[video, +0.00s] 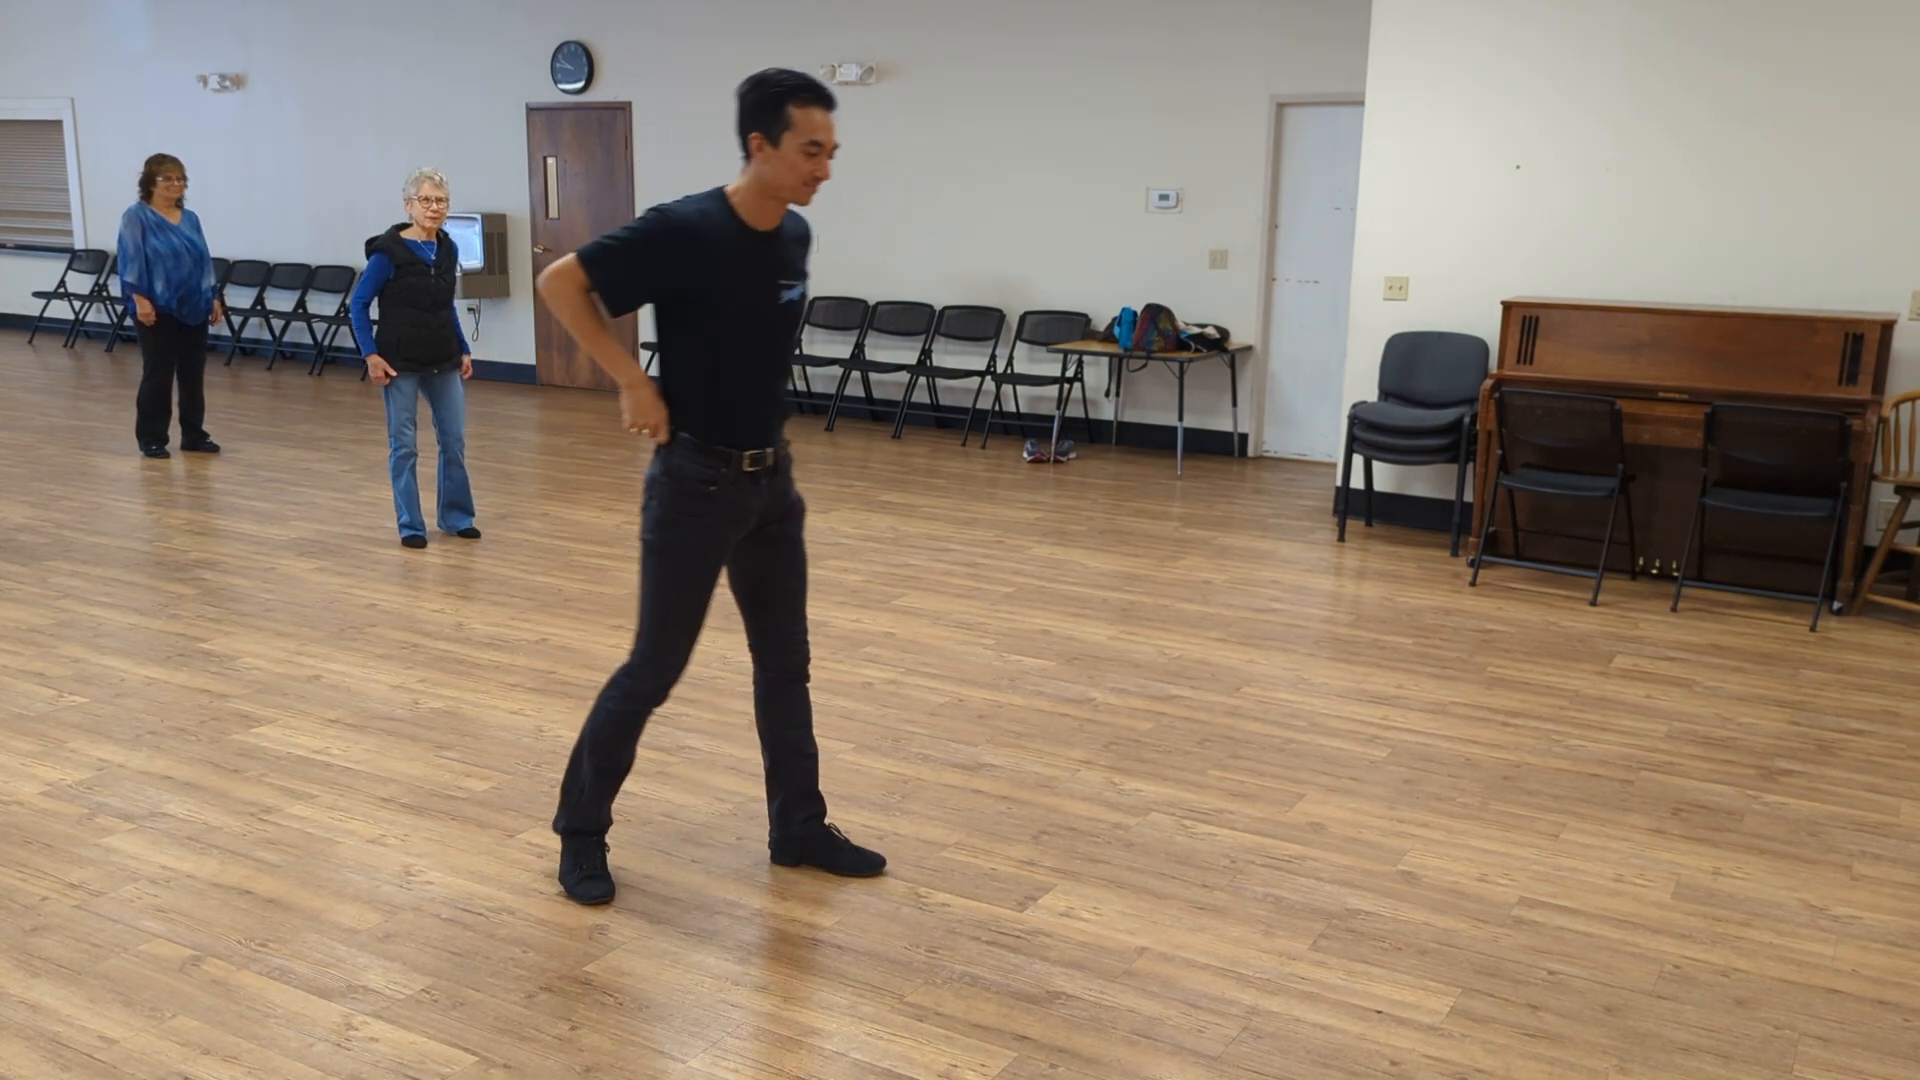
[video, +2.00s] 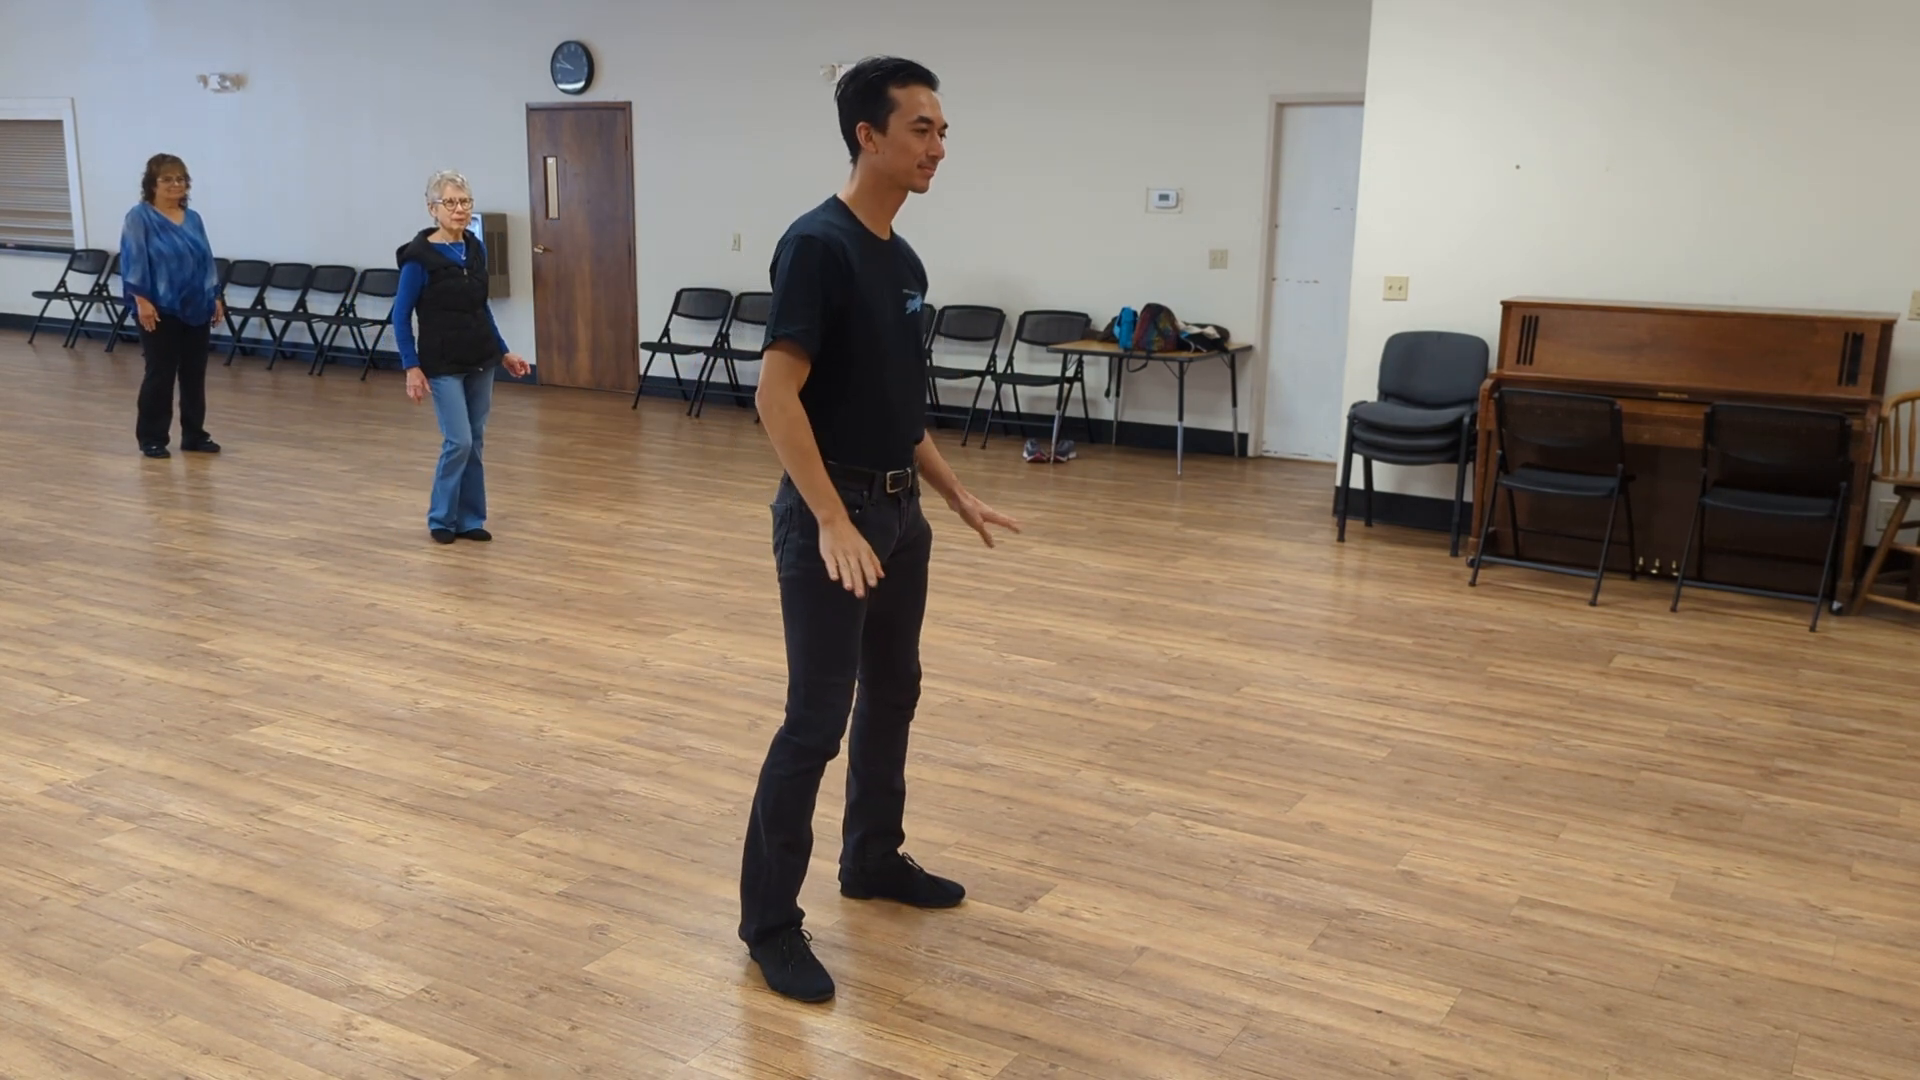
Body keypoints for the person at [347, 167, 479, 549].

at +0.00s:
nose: (434, 207)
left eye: (440, 201)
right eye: (425, 200)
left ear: (448, 206)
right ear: (409, 204)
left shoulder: (447, 249)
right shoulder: (391, 250)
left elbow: (447, 305)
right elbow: (358, 304)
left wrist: (463, 350)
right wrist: (370, 354)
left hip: (444, 360)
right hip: (399, 363)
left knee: (453, 441)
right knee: (404, 446)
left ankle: (457, 518)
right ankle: (411, 526)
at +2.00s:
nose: (459, 209)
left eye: (465, 202)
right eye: (450, 203)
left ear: (471, 206)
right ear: (434, 208)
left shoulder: (475, 248)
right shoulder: (419, 254)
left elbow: (480, 306)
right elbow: (400, 314)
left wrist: (504, 353)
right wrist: (411, 366)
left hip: (481, 358)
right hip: (441, 362)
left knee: (474, 441)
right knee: (459, 441)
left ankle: (469, 520)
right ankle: (441, 519)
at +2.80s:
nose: (459, 226)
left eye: (463, 219)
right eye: (455, 217)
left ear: (434, 211)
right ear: (428, 207)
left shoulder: (444, 251)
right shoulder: (392, 252)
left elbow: (445, 310)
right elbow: (369, 311)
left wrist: (475, 352)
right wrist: (375, 362)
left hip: (445, 363)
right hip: (403, 366)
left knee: (453, 444)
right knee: (402, 448)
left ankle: (462, 520)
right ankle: (399, 530)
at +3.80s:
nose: (440, 205)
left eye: (444, 197)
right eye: (430, 200)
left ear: (450, 201)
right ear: (410, 207)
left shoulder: (450, 247)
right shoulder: (400, 253)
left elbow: (454, 310)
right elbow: (379, 315)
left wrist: (476, 355)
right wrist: (389, 366)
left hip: (455, 361)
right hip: (415, 365)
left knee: (457, 445)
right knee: (409, 448)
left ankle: (463, 522)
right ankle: (399, 530)